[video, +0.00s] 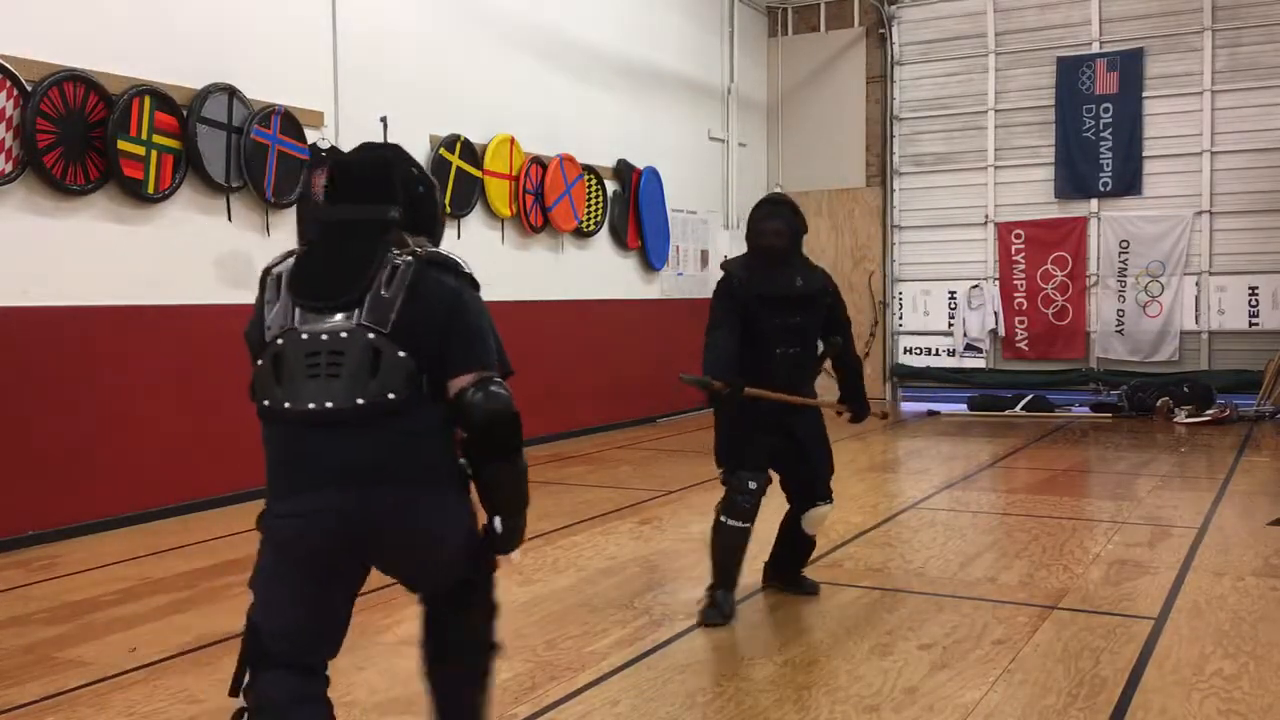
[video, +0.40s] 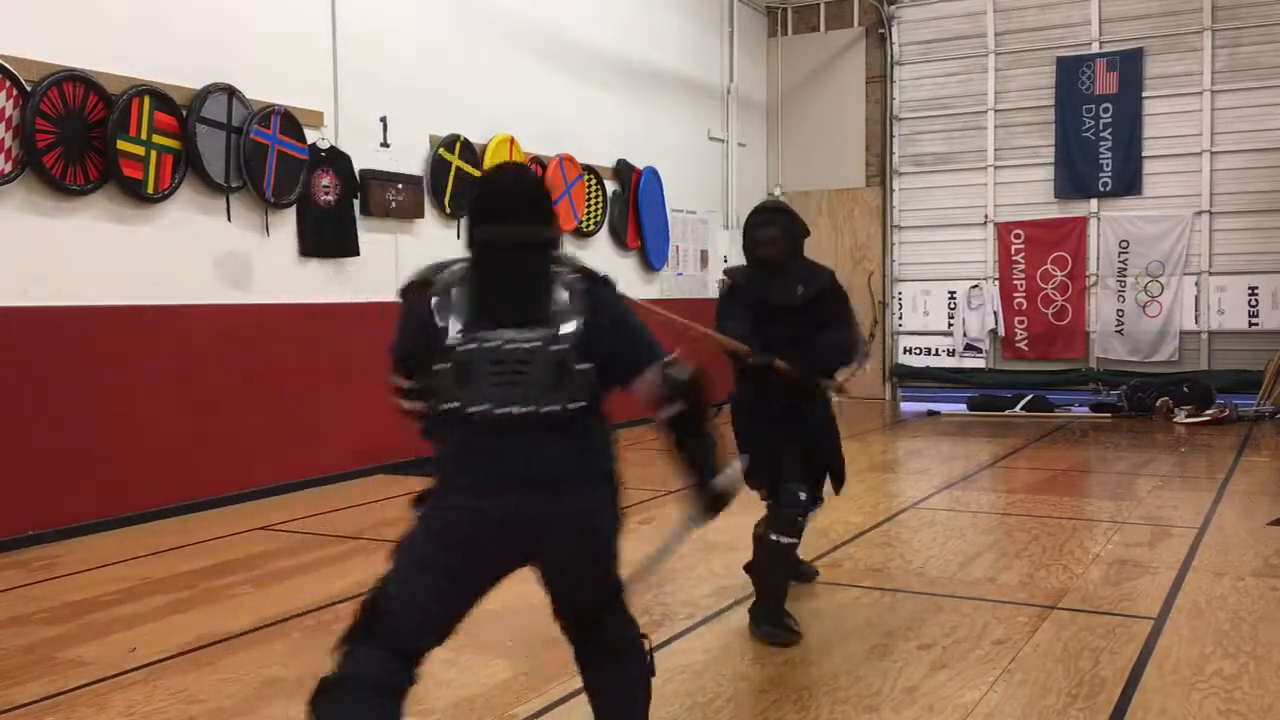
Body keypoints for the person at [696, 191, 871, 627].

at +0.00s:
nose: (770, 243)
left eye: (779, 234)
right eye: (762, 234)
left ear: (797, 235)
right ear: (749, 236)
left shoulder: (817, 283)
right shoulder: (737, 279)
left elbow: (841, 343)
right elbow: (721, 332)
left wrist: (854, 393)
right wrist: (719, 375)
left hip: (797, 405)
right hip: (744, 402)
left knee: (814, 501)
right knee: (743, 493)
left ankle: (782, 570)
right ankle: (721, 589)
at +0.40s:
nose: (767, 248)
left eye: (776, 239)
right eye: (758, 240)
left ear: (795, 240)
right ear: (746, 245)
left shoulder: (821, 283)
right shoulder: (741, 286)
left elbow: (846, 342)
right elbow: (730, 339)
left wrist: (805, 360)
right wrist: (757, 354)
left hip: (807, 403)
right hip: (758, 405)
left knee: (807, 491)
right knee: (787, 503)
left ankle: (784, 553)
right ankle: (767, 606)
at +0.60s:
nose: (780, 247)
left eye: (790, 237)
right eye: (771, 237)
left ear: (809, 242)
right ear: (758, 243)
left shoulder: (827, 287)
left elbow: (861, 357)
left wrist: (831, 358)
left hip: (816, 409)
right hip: (765, 413)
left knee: (833, 502)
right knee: (798, 508)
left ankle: (796, 552)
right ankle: (768, 606)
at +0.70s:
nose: (786, 236)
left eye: (796, 227)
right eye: (778, 227)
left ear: (813, 233)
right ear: (763, 231)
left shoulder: (827, 279)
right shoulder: (745, 281)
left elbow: (869, 335)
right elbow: (730, 339)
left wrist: (871, 379)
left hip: (821, 400)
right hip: (769, 404)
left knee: (843, 484)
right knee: (798, 501)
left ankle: (820, 552)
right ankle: (769, 606)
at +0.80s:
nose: (802, 244)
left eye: (810, 235)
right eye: (793, 235)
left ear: (821, 238)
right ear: (775, 236)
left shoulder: (830, 286)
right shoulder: (759, 284)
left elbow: (870, 340)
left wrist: (891, 395)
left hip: (823, 398)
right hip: (774, 400)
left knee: (848, 478)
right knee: (794, 492)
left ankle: (832, 556)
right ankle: (773, 584)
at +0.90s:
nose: (820, 252)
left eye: (823, 242)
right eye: (810, 243)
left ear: (827, 245)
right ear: (788, 246)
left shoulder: (829, 291)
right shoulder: (764, 289)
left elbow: (872, 343)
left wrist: (917, 390)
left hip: (826, 407)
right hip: (780, 410)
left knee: (854, 490)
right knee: (788, 497)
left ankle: (831, 564)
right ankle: (773, 598)